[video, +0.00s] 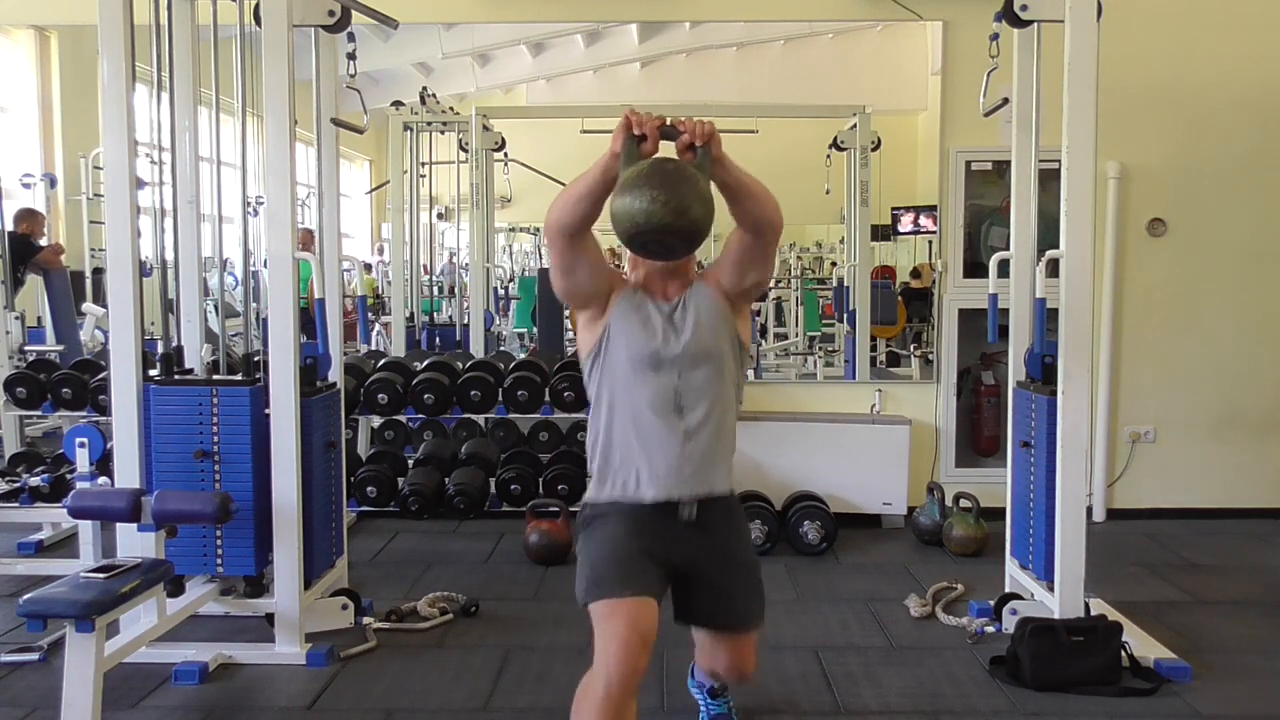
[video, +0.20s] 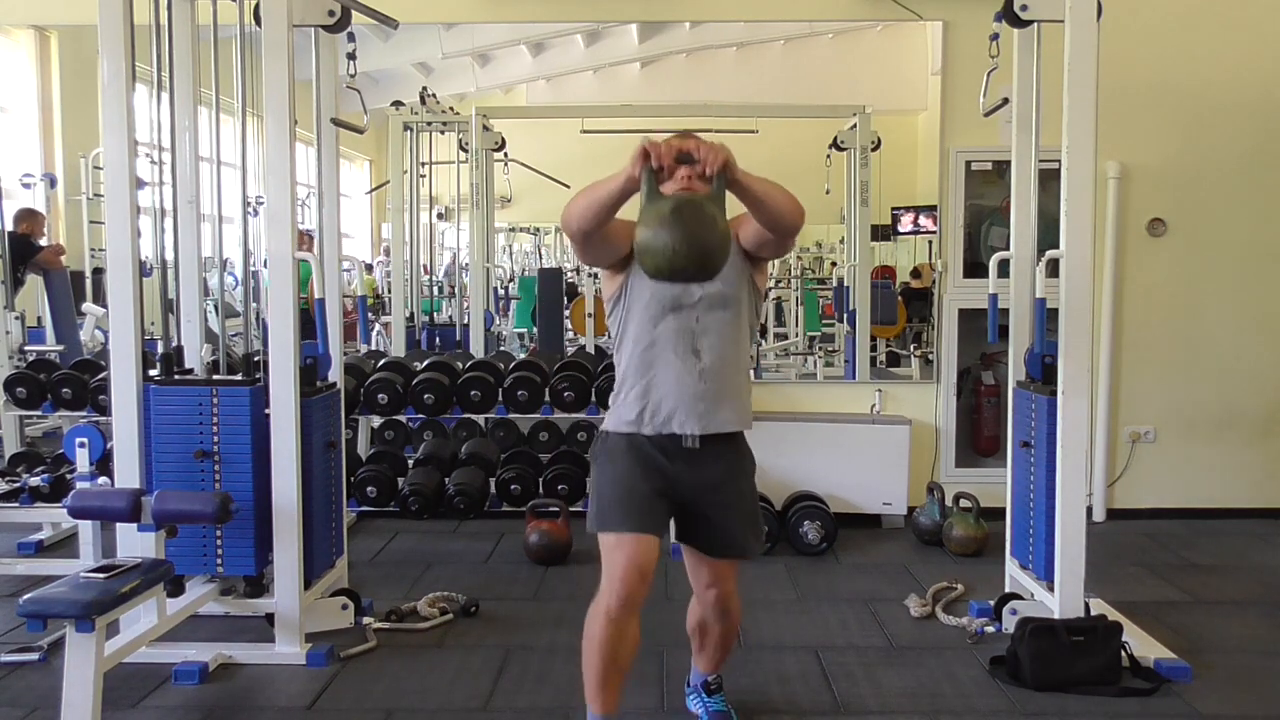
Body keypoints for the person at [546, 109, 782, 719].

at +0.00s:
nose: (662, 259)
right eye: (650, 246)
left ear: (705, 234)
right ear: (624, 240)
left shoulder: (727, 293)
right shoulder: (599, 298)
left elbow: (764, 225)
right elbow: (562, 228)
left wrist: (718, 165)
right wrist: (616, 159)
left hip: (714, 510)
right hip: (622, 511)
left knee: (737, 665)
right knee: (623, 657)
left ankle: (708, 679)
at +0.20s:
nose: (685, 182)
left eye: (696, 172)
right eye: (672, 173)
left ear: (717, 185)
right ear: (653, 186)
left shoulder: (739, 247)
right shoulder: (630, 248)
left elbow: (788, 221)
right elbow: (577, 225)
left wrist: (732, 173)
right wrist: (634, 174)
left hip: (718, 448)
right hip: (633, 444)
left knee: (718, 594)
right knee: (625, 584)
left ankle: (704, 688)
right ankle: (598, 713)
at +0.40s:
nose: (687, 155)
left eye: (699, 147)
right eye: (675, 148)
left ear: (717, 166)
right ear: (656, 166)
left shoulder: (745, 224)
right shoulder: (630, 227)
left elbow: (804, 259)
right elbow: (569, 256)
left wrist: (739, 237)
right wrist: (637, 240)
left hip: (719, 424)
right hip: (634, 423)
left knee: (711, 558)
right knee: (620, 560)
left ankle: (707, 686)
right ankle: (609, 669)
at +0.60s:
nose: (676, 158)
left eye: (688, 150)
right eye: (664, 150)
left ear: (705, 168)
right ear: (645, 167)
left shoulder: (736, 238)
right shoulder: (611, 242)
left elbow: (786, 298)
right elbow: (563, 305)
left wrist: (726, 318)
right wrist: (628, 321)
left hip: (711, 420)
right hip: (628, 421)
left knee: (706, 547)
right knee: (624, 549)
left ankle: (708, 684)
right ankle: (615, 671)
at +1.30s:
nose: (653, 158)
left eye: (666, 151)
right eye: (642, 151)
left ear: (684, 170)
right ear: (625, 171)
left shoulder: (720, 249)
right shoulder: (589, 254)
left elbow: (736, 336)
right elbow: (571, 342)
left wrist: (693, 407)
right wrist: (615, 408)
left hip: (695, 419)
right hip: (611, 419)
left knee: (697, 545)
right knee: (614, 543)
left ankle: (707, 682)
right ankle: (613, 673)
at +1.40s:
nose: (653, 159)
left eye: (665, 151)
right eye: (642, 152)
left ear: (684, 170)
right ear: (625, 171)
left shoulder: (719, 250)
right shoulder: (588, 255)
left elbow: (735, 337)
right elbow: (572, 343)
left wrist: (691, 410)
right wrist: (613, 410)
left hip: (693, 421)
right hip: (609, 421)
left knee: (697, 547)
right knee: (613, 545)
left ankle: (706, 683)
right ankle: (612, 673)